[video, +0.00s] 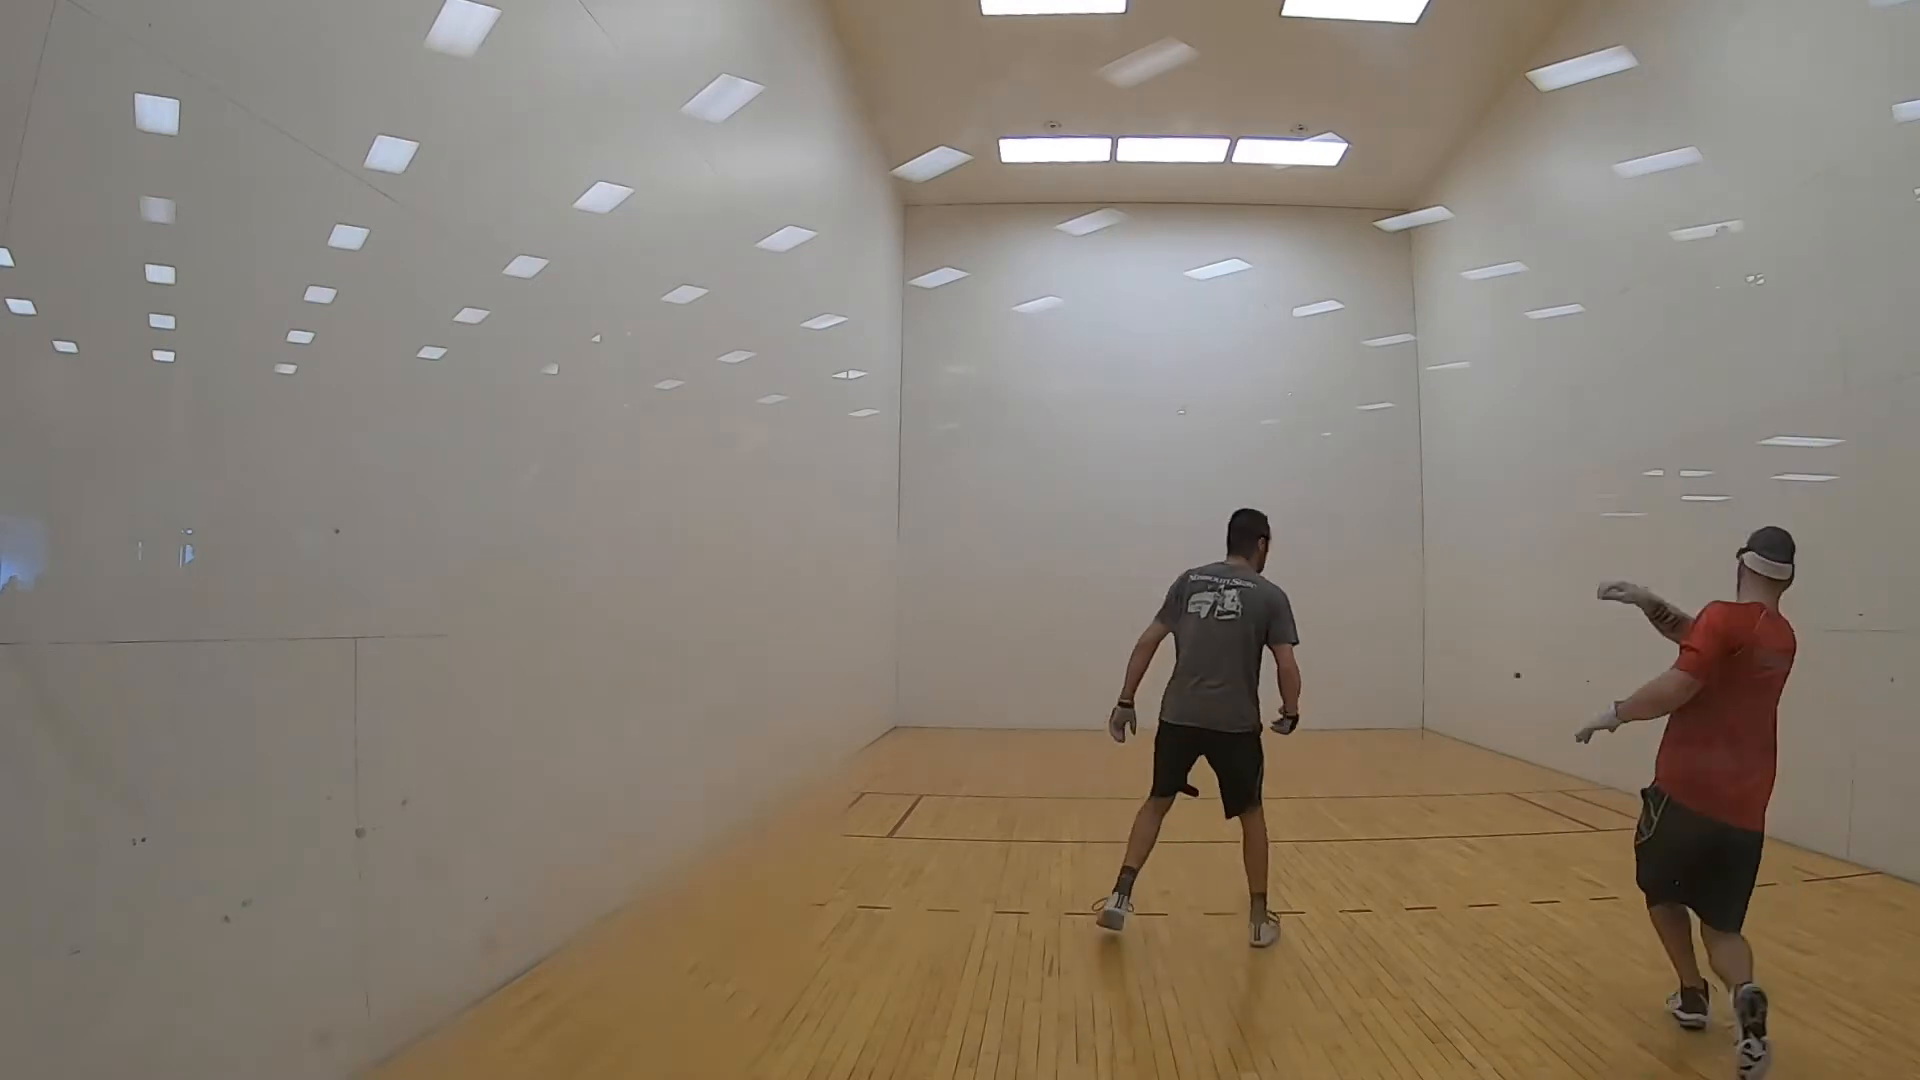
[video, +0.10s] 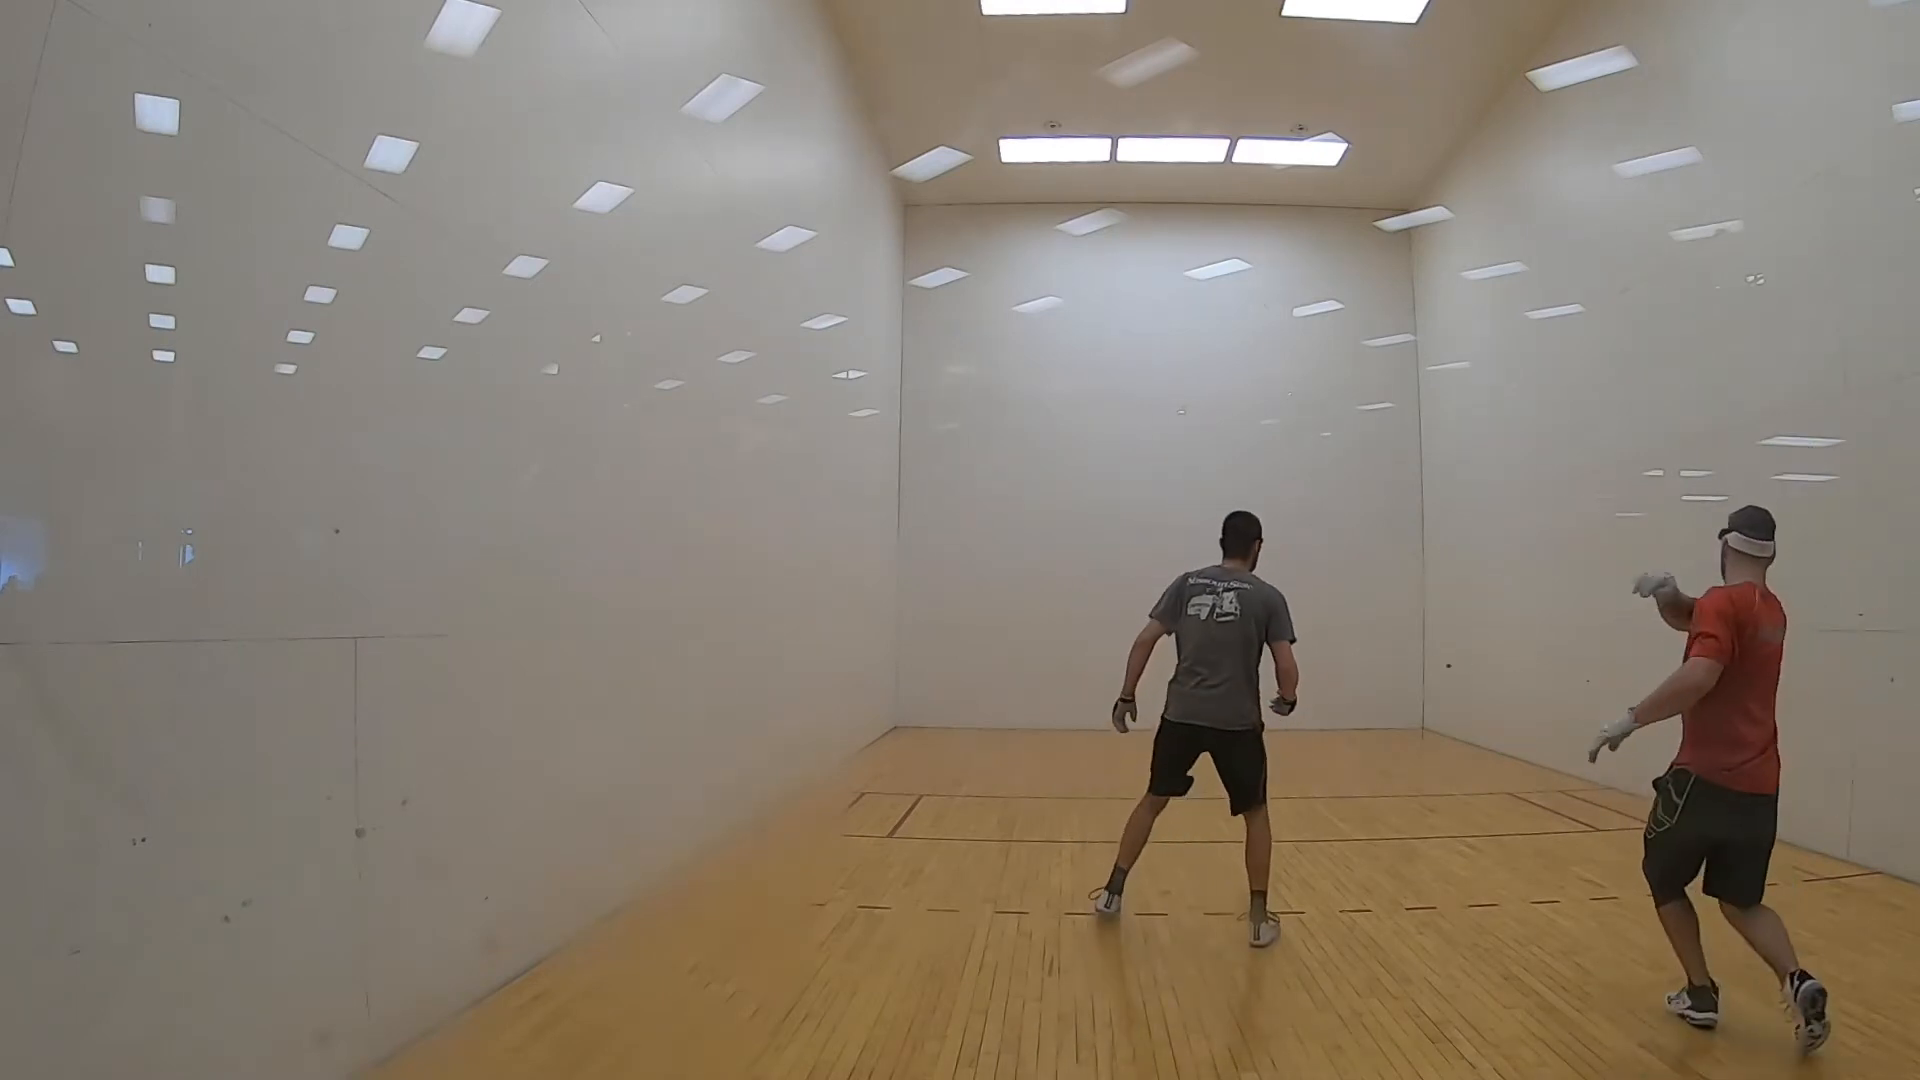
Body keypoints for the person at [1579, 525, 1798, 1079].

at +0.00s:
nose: (1740, 571)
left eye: (1741, 563)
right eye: (1755, 566)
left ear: (1739, 565)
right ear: (1788, 579)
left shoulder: (1721, 618)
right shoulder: (1784, 638)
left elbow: (1680, 685)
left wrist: (1616, 713)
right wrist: (1648, 602)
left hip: (1686, 792)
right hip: (1747, 806)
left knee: (1661, 887)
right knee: (1723, 919)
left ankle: (1693, 992)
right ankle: (1746, 993)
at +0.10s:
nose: (1718, 553)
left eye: (1720, 545)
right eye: (1726, 547)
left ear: (1723, 547)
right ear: (1770, 556)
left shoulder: (1719, 601)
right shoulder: (1772, 609)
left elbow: (1699, 676)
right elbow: (1691, 615)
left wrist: (1630, 720)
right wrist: (1667, 595)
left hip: (1701, 779)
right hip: (1758, 787)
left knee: (1664, 878)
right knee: (1740, 896)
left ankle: (1701, 992)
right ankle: (1797, 981)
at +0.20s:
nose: (1715, 539)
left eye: (1716, 531)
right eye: (1721, 532)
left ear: (1719, 533)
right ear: (1765, 539)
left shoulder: (1723, 585)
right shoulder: (1770, 592)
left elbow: (1711, 665)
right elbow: (1707, 653)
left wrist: (1658, 726)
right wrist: (1675, 615)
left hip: (1717, 761)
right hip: (1769, 762)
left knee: (1676, 869)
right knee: (1760, 878)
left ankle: (1705, 992)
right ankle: (1829, 982)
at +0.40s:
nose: (1719, 539)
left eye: (1718, 531)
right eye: (1724, 531)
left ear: (1721, 532)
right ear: (1768, 535)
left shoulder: (1729, 588)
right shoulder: (1786, 594)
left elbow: (1736, 664)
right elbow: (1758, 674)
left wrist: (1714, 749)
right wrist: (1689, 691)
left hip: (1742, 762)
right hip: (1788, 762)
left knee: (1683, 859)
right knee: (1783, 870)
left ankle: (1715, 989)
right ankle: (1837, 983)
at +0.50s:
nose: (1715, 531)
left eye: (1716, 523)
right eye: (1722, 522)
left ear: (1720, 523)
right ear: (1765, 527)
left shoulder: (1726, 578)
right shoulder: (1790, 586)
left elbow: (1739, 656)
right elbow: (1784, 677)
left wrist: (1730, 740)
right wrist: (1717, 715)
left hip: (1737, 754)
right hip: (1788, 755)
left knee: (1682, 853)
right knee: (1788, 863)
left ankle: (1713, 980)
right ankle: (1837, 979)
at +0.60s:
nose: (1709, 527)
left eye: (1709, 519)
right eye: (1716, 518)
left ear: (1713, 518)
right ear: (1758, 521)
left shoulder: (1716, 574)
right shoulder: (1785, 578)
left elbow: (1726, 651)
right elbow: (1793, 667)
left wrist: (1719, 730)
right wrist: (1786, 733)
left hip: (1729, 744)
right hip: (1786, 747)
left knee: (1675, 845)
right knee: (1795, 858)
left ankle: (1708, 971)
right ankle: (1836, 980)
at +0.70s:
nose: (1698, 530)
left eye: (1697, 522)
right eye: (1707, 522)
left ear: (1699, 523)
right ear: (1744, 524)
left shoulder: (1699, 581)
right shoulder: (1773, 580)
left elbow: (1703, 657)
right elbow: (1789, 662)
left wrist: (1688, 739)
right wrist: (1787, 738)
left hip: (1723, 749)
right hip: (1780, 751)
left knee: (1666, 850)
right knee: (1797, 863)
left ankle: (1718, 966)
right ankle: (1837, 982)